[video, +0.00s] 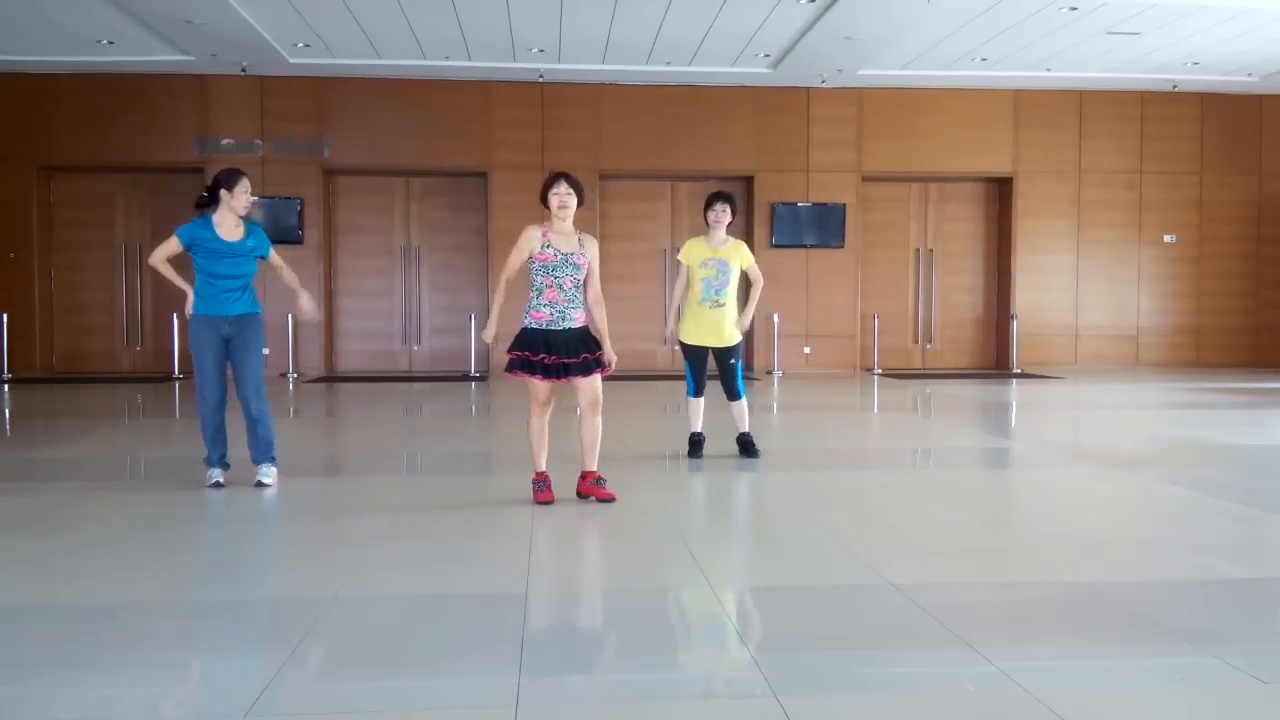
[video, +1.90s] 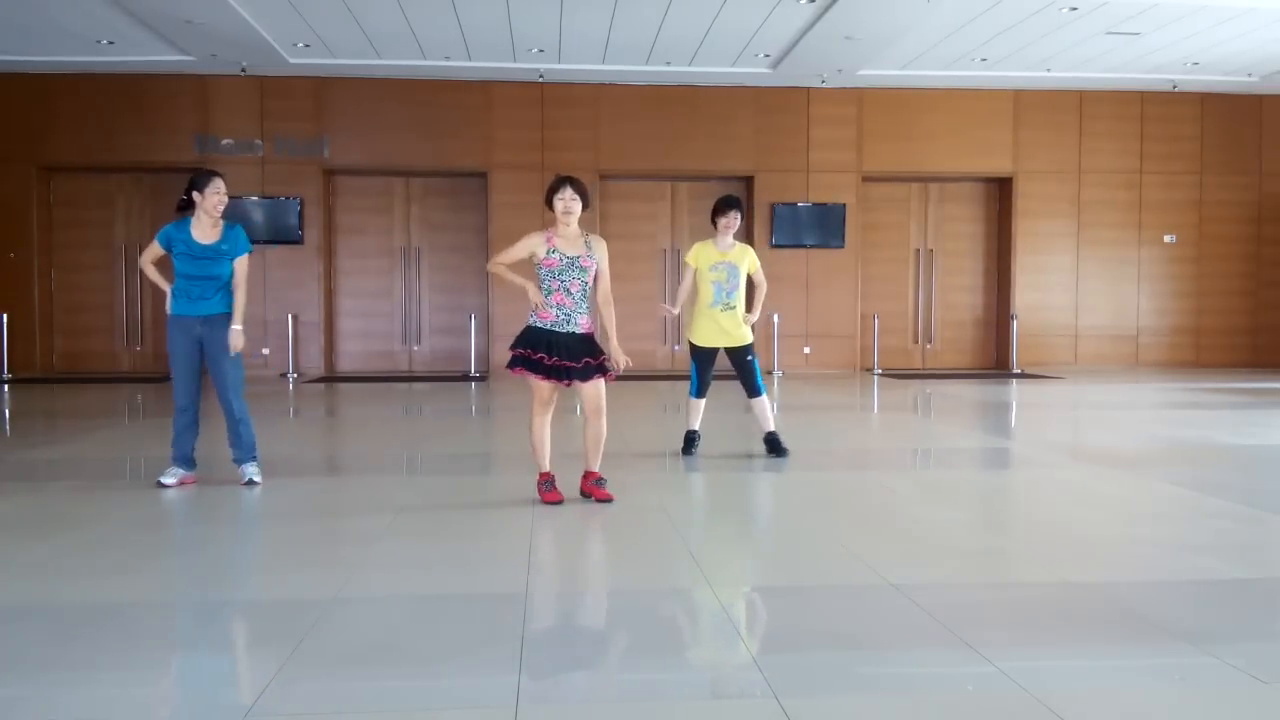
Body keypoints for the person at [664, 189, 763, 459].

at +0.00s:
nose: (718, 214)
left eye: (724, 210)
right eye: (714, 209)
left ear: (731, 217)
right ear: (705, 214)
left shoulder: (739, 249)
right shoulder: (691, 246)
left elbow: (757, 281)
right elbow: (680, 284)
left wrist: (747, 314)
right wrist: (671, 320)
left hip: (726, 329)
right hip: (692, 328)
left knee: (734, 387)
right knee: (695, 387)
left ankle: (744, 436)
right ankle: (696, 437)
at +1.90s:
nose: (730, 222)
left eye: (735, 217)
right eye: (725, 217)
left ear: (740, 222)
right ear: (715, 219)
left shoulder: (746, 253)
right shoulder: (699, 250)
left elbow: (760, 284)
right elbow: (686, 282)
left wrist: (754, 314)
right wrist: (676, 307)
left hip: (736, 328)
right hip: (703, 328)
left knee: (754, 383)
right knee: (699, 385)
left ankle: (771, 435)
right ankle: (692, 434)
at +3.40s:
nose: (787, 215)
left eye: (792, 210)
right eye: (782, 211)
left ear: (799, 216)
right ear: (774, 217)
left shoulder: (810, 251)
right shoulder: (762, 248)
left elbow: (824, 286)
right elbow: (750, 284)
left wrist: (814, 318)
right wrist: (741, 318)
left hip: (793, 328)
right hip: (760, 327)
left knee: (803, 387)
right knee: (760, 385)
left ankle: (807, 438)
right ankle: (756, 438)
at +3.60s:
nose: (787, 214)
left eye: (792, 210)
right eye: (782, 210)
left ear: (799, 215)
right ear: (774, 216)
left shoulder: (810, 250)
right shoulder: (761, 248)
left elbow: (825, 285)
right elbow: (749, 285)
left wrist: (816, 317)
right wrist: (738, 319)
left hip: (794, 329)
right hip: (760, 328)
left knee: (803, 388)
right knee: (759, 387)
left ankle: (808, 437)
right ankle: (756, 439)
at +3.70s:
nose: (790, 213)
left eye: (795, 209)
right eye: (784, 209)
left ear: (801, 215)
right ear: (776, 215)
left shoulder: (811, 249)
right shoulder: (762, 248)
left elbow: (829, 284)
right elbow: (752, 286)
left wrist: (821, 316)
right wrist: (742, 319)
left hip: (800, 329)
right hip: (765, 328)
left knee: (806, 389)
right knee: (763, 387)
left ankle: (810, 438)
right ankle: (757, 439)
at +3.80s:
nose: (792, 213)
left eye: (797, 209)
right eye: (787, 209)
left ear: (803, 215)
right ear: (778, 214)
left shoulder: (814, 248)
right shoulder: (765, 249)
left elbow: (834, 283)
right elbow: (756, 288)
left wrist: (826, 316)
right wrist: (750, 323)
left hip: (806, 329)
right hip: (771, 328)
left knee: (808, 389)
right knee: (768, 387)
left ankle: (809, 439)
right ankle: (758, 438)